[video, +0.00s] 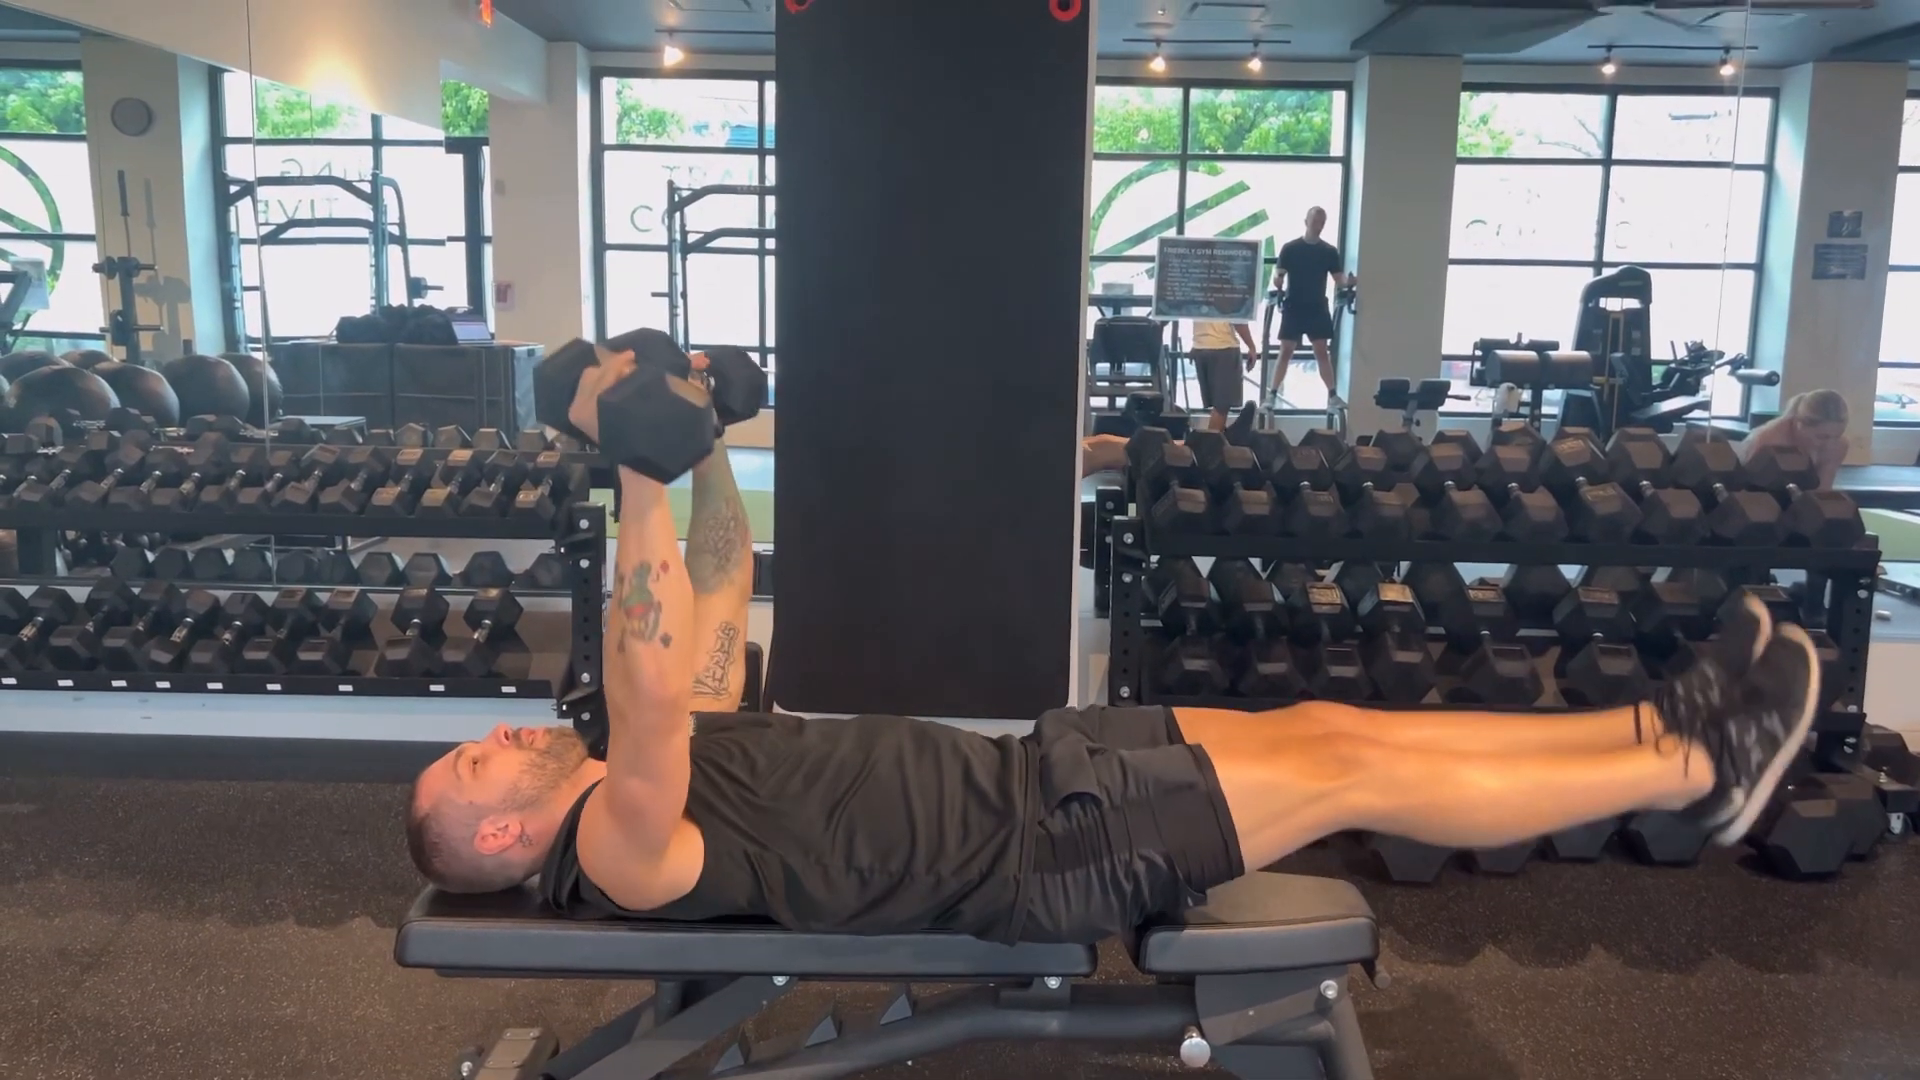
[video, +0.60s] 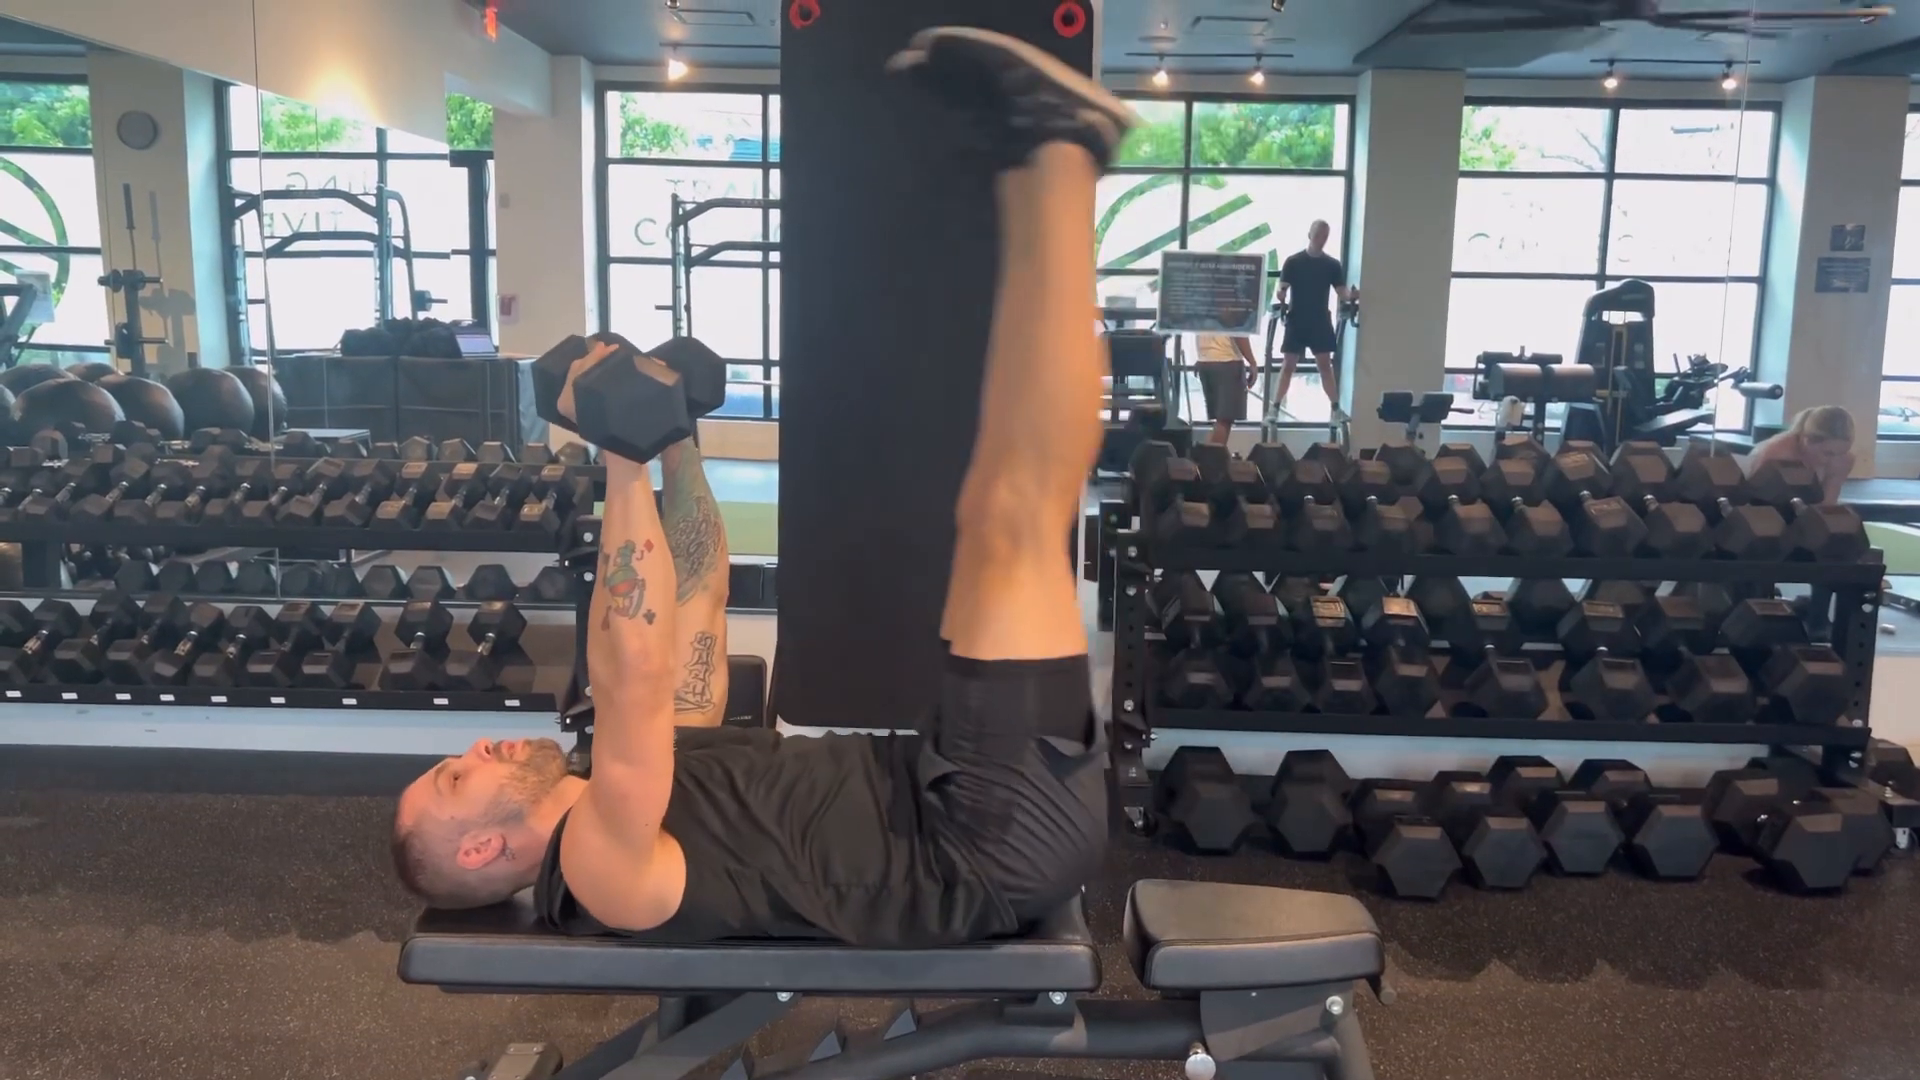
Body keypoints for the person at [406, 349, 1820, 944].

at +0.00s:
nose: (506, 746)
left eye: (483, 749)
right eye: (486, 776)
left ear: (537, 775)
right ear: (516, 851)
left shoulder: (647, 777)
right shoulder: (625, 848)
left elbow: (718, 627)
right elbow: (648, 660)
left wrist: (687, 463)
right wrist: (633, 477)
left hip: (1048, 754)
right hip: (1051, 831)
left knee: (1341, 721)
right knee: (1360, 777)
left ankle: (1664, 733)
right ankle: (1691, 771)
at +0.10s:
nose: (504, 748)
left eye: (483, 754)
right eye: (485, 781)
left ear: (537, 790)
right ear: (520, 851)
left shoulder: (654, 778)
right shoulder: (630, 845)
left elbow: (711, 611)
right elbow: (642, 646)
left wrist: (668, 455)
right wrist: (633, 464)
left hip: (1044, 758)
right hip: (1053, 837)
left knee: (1324, 685)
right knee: (1340, 720)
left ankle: (1650, 640)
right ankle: (1680, 666)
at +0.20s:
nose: (506, 746)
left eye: (488, 753)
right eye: (484, 778)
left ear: (536, 790)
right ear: (514, 850)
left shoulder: (650, 785)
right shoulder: (630, 850)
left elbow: (709, 602)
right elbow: (639, 636)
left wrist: (682, 441)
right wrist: (636, 454)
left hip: (1022, 764)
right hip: (1028, 834)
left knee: (1287, 630)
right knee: (1300, 655)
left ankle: (1585, 492)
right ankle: (1627, 513)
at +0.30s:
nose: (495, 751)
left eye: (474, 764)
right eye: (480, 784)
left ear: (527, 790)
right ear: (519, 851)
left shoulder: (640, 775)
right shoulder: (631, 851)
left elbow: (706, 610)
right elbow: (641, 643)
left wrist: (676, 433)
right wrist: (627, 462)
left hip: (1003, 767)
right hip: (1029, 833)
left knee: (1240, 567)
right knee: (1252, 585)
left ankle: (1469, 359)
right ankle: (1519, 365)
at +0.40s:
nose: (495, 745)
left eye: (475, 755)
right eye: (474, 787)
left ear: (513, 761)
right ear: (514, 846)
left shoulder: (634, 778)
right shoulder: (623, 852)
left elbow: (706, 607)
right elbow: (650, 636)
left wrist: (668, 433)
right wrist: (641, 450)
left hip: (992, 776)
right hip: (1020, 839)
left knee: (1154, 530)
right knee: (1168, 546)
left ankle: (1339, 257)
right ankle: (1361, 253)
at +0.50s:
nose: (484, 748)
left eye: (457, 760)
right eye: (465, 780)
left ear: (511, 795)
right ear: (503, 843)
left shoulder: (632, 796)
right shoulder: (615, 849)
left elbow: (702, 583)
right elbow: (634, 626)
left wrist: (665, 431)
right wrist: (628, 444)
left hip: (980, 803)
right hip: (1006, 847)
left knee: (1075, 516)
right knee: (1088, 524)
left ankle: (1191, 191)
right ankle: (1192, 186)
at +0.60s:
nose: (488, 744)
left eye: (456, 757)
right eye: (464, 773)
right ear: (494, 844)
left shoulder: (629, 800)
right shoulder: (609, 855)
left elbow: (697, 591)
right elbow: (632, 652)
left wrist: (671, 435)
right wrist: (626, 458)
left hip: (965, 807)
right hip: (986, 847)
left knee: (1013, 506)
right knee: (1014, 510)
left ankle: (1048, 163)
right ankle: (1055, 157)